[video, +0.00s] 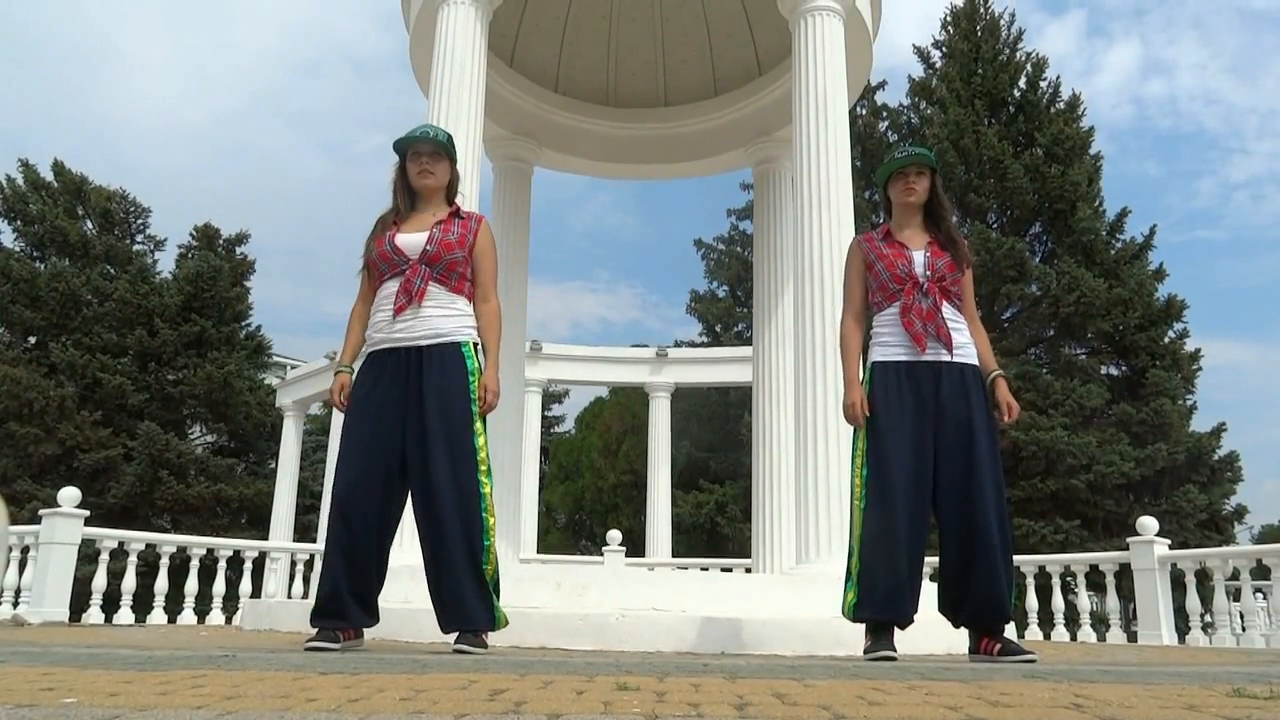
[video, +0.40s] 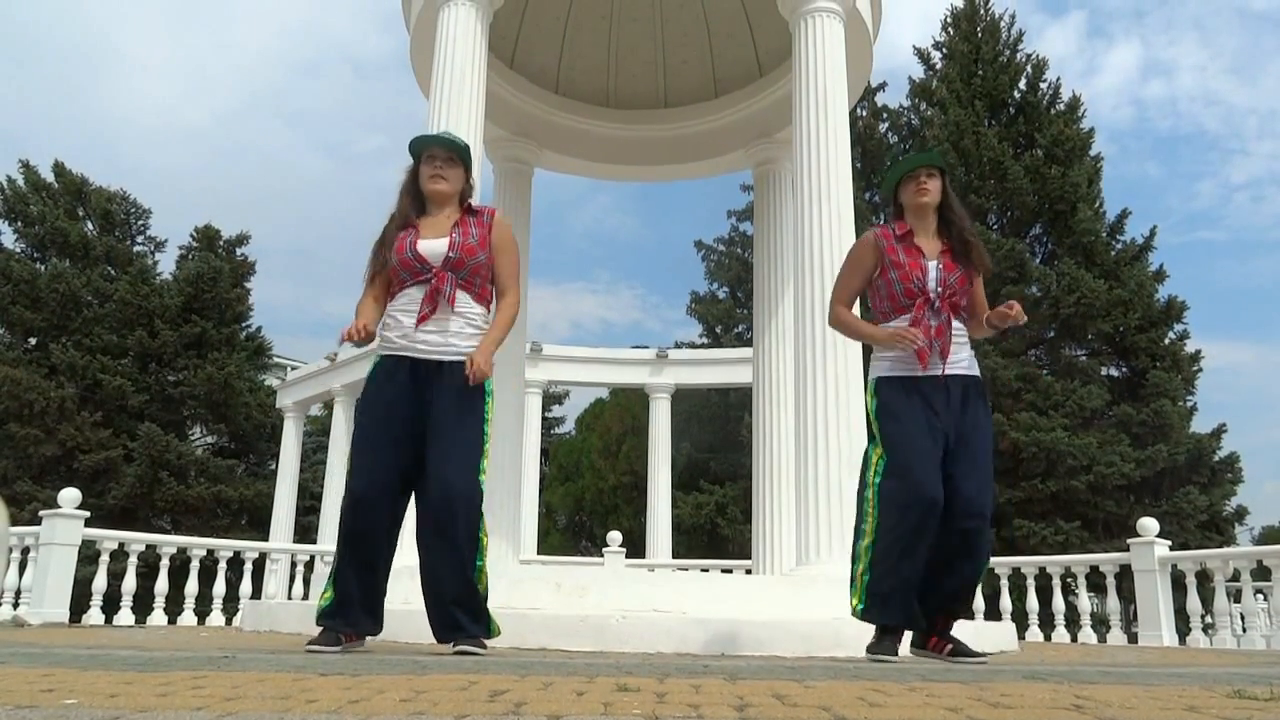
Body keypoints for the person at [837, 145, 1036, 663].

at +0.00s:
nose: (912, 180)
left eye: (920, 174)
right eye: (903, 174)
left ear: (933, 186)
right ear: (887, 186)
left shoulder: (954, 247)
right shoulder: (867, 246)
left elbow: (971, 318)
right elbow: (854, 317)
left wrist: (996, 377)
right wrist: (853, 382)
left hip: (960, 381)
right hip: (895, 381)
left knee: (976, 499)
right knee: (894, 501)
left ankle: (985, 633)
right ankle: (880, 628)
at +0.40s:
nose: (922, 183)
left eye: (930, 176)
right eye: (912, 178)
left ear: (944, 188)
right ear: (898, 192)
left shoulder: (963, 247)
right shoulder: (878, 242)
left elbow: (975, 326)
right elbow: (838, 311)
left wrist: (996, 319)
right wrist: (879, 334)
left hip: (963, 386)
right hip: (902, 386)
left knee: (972, 506)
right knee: (917, 496)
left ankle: (936, 632)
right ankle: (890, 626)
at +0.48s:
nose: (927, 195)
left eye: (936, 189)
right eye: (917, 191)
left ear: (950, 204)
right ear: (904, 208)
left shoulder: (968, 263)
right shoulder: (885, 257)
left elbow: (985, 349)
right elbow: (856, 335)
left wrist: (995, 324)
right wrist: (929, 326)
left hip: (962, 397)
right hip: (899, 395)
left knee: (977, 507)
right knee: (943, 491)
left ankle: (939, 635)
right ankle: (904, 611)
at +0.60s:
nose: (927, 177)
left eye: (936, 172)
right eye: (917, 173)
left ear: (949, 190)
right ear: (902, 193)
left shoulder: (965, 243)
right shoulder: (887, 240)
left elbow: (993, 320)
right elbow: (899, 311)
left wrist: (999, 275)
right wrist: (971, 268)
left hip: (955, 383)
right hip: (900, 381)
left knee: (969, 489)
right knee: (938, 482)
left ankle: (938, 627)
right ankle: (926, 622)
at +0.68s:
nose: (921, 148)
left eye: (930, 143)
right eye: (911, 144)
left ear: (948, 162)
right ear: (895, 163)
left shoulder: (969, 213)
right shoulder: (883, 211)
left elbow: (1014, 276)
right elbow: (876, 278)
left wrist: (1021, 237)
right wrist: (926, 222)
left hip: (958, 363)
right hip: (905, 359)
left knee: (963, 481)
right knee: (927, 475)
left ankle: (935, 610)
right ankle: (931, 613)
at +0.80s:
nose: (924, 143)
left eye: (933, 138)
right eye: (913, 139)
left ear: (948, 156)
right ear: (897, 159)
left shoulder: (972, 213)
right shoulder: (885, 215)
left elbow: (1013, 262)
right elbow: (830, 271)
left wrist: (1057, 227)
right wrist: (840, 203)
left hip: (957, 370)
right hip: (902, 366)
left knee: (933, 484)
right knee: (927, 483)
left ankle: (889, 592)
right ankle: (925, 629)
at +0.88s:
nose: (930, 147)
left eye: (939, 141)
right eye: (919, 142)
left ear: (955, 160)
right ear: (902, 162)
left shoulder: (972, 222)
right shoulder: (886, 213)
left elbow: (1011, 290)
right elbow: (855, 286)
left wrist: (1048, 251)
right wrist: (895, 217)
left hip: (950, 370)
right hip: (901, 363)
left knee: (936, 480)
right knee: (937, 475)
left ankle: (884, 596)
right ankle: (924, 630)